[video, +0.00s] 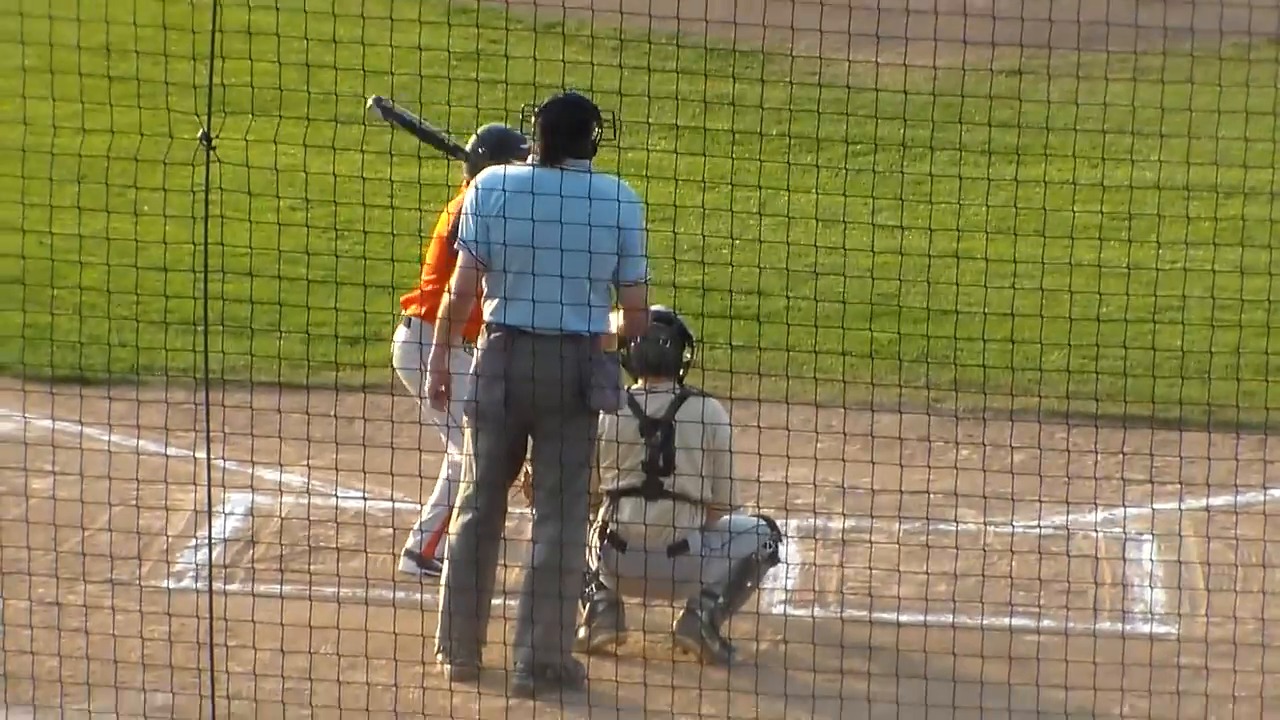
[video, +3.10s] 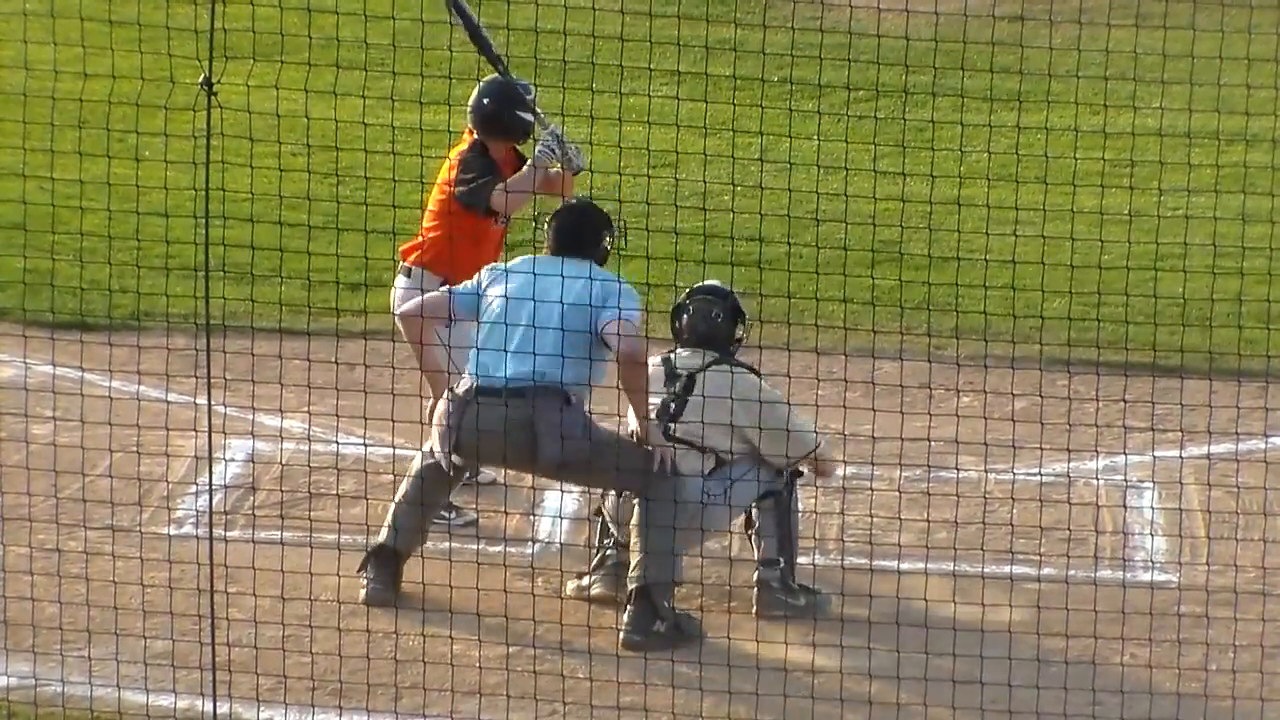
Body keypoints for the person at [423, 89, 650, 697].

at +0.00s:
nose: (592, 145)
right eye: (594, 138)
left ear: (538, 138)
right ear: (593, 142)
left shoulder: (492, 186)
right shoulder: (621, 201)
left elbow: (462, 290)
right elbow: (636, 315)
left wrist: (440, 357)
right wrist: (610, 341)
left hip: (501, 359)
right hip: (575, 364)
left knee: (478, 504)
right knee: (561, 512)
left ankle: (460, 650)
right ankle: (542, 661)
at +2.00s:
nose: (594, 96)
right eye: (598, 88)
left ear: (539, 87)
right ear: (595, 91)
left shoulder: (493, 135)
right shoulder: (623, 147)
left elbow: (462, 240)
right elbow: (634, 252)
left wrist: (462, 307)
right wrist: (637, 331)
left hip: (506, 309)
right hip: (581, 315)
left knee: (479, 447)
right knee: (565, 460)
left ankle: (459, 594)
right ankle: (544, 606)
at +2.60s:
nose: (579, 147)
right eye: (576, 140)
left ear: (515, 136)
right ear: (569, 142)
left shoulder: (469, 177)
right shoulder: (584, 186)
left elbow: (404, 256)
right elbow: (600, 270)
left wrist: (429, 333)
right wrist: (630, 340)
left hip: (460, 332)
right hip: (535, 337)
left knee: (431, 437)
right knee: (617, 446)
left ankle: (383, 565)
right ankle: (586, 574)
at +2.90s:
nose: (598, 209)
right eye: (595, 202)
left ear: (538, 197)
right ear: (590, 204)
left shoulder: (490, 237)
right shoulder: (603, 247)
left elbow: (405, 297)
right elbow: (625, 320)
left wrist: (435, 366)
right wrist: (645, 397)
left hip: (467, 389)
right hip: (547, 393)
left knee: (441, 450)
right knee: (652, 473)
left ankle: (383, 561)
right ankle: (648, 605)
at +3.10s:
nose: (607, 250)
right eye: (606, 244)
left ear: (548, 241)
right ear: (601, 249)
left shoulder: (501, 274)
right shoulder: (611, 287)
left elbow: (412, 313)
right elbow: (628, 350)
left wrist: (444, 386)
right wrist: (641, 420)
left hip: (469, 420)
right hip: (548, 426)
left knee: (439, 460)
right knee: (662, 479)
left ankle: (383, 567)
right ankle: (649, 610)